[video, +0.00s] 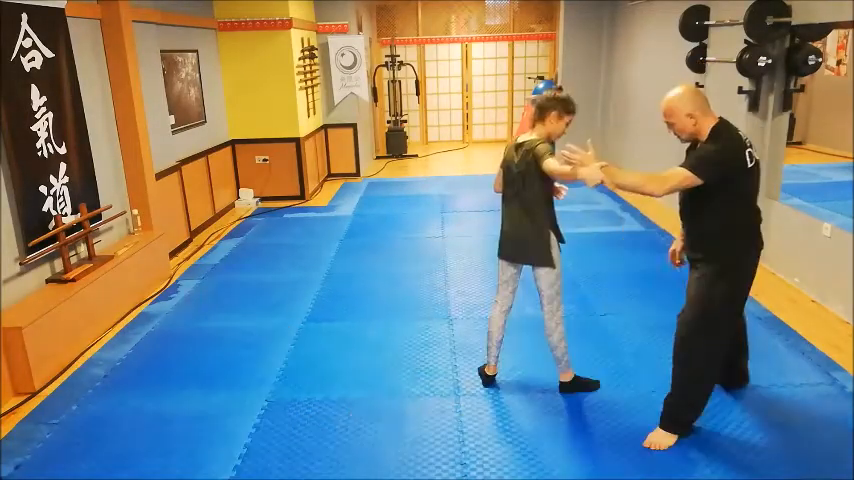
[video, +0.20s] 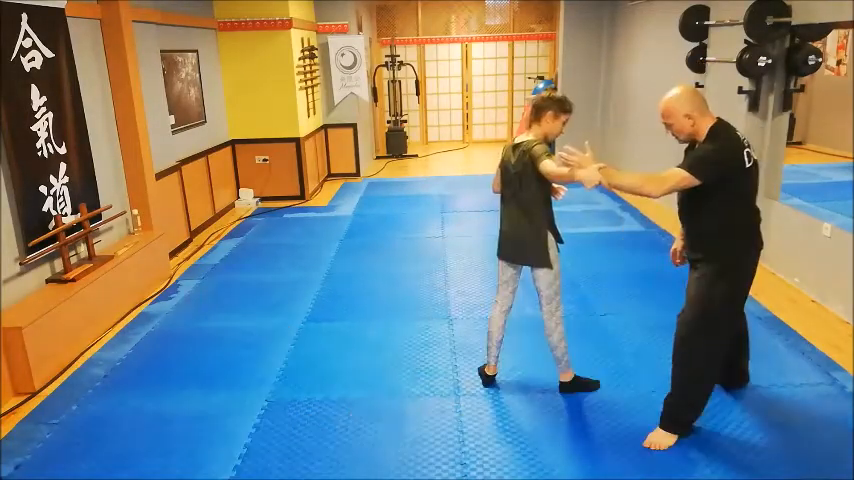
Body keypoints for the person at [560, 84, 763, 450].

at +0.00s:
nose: (671, 131)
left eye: (672, 124)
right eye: (669, 125)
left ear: (693, 116)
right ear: (695, 116)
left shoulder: (719, 151)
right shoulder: (721, 136)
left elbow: (657, 186)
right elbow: (713, 198)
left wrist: (603, 173)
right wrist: (688, 237)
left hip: (724, 258)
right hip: (728, 247)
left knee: (694, 332)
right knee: (726, 313)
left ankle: (676, 422)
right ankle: (732, 372)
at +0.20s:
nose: (669, 132)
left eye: (671, 125)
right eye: (667, 126)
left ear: (691, 116)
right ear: (693, 116)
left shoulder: (717, 150)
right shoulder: (719, 137)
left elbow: (656, 186)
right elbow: (709, 197)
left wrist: (600, 175)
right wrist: (688, 236)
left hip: (724, 257)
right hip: (726, 247)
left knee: (694, 331)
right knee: (726, 313)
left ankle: (676, 422)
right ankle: (732, 372)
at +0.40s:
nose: (669, 133)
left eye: (670, 126)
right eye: (666, 127)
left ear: (690, 117)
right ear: (690, 117)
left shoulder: (717, 149)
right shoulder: (716, 138)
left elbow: (657, 188)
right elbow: (705, 196)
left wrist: (601, 177)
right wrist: (680, 234)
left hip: (724, 257)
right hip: (718, 248)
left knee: (694, 331)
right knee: (726, 313)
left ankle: (676, 422)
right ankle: (733, 373)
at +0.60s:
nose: (669, 133)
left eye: (670, 125)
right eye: (667, 126)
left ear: (690, 117)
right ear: (691, 117)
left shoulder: (717, 150)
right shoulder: (717, 138)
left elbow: (658, 188)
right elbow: (688, 200)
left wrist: (603, 177)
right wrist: (646, 223)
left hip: (722, 258)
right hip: (719, 249)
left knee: (693, 331)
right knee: (726, 313)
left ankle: (676, 422)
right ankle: (733, 373)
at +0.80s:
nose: (668, 133)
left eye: (671, 126)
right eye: (666, 127)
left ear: (692, 118)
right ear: (692, 119)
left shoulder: (720, 151)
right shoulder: (701, 143)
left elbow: (660, 190)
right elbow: (666, 189)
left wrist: (602, 175)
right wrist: (618, 198)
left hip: (723, 259)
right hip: (711, 251)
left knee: (691, 330)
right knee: (723, 311)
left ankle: (673, 421)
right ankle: (732, 372)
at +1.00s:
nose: (663, 137)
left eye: (666, 130)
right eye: (662, 131)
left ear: (689, 123)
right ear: (686, 124)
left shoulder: (716, 156)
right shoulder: (692, 148)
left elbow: (654, 195)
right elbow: (646, 179)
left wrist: (597, 184)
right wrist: (596, 174)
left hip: (721, 264)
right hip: (700, 258)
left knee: (685, 331)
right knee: (719, 315)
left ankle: (668, 422)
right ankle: (731, 373)